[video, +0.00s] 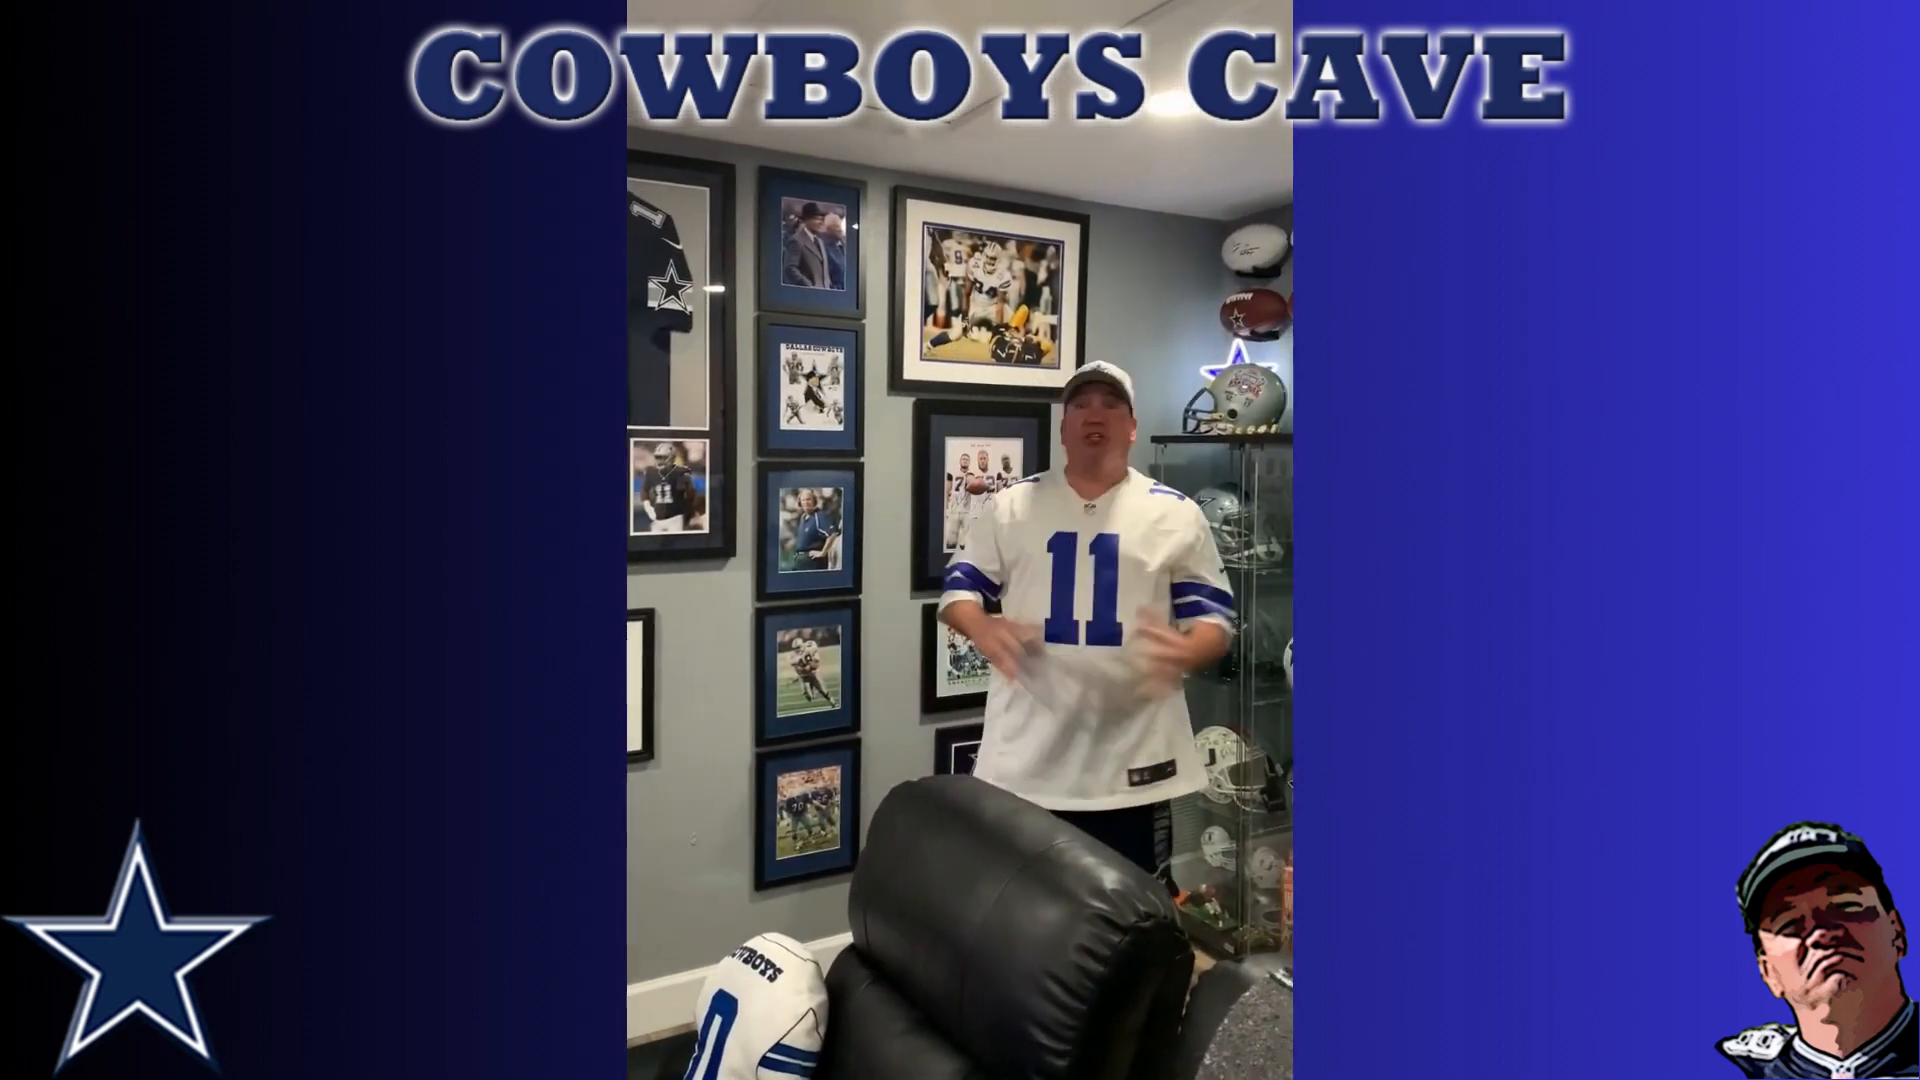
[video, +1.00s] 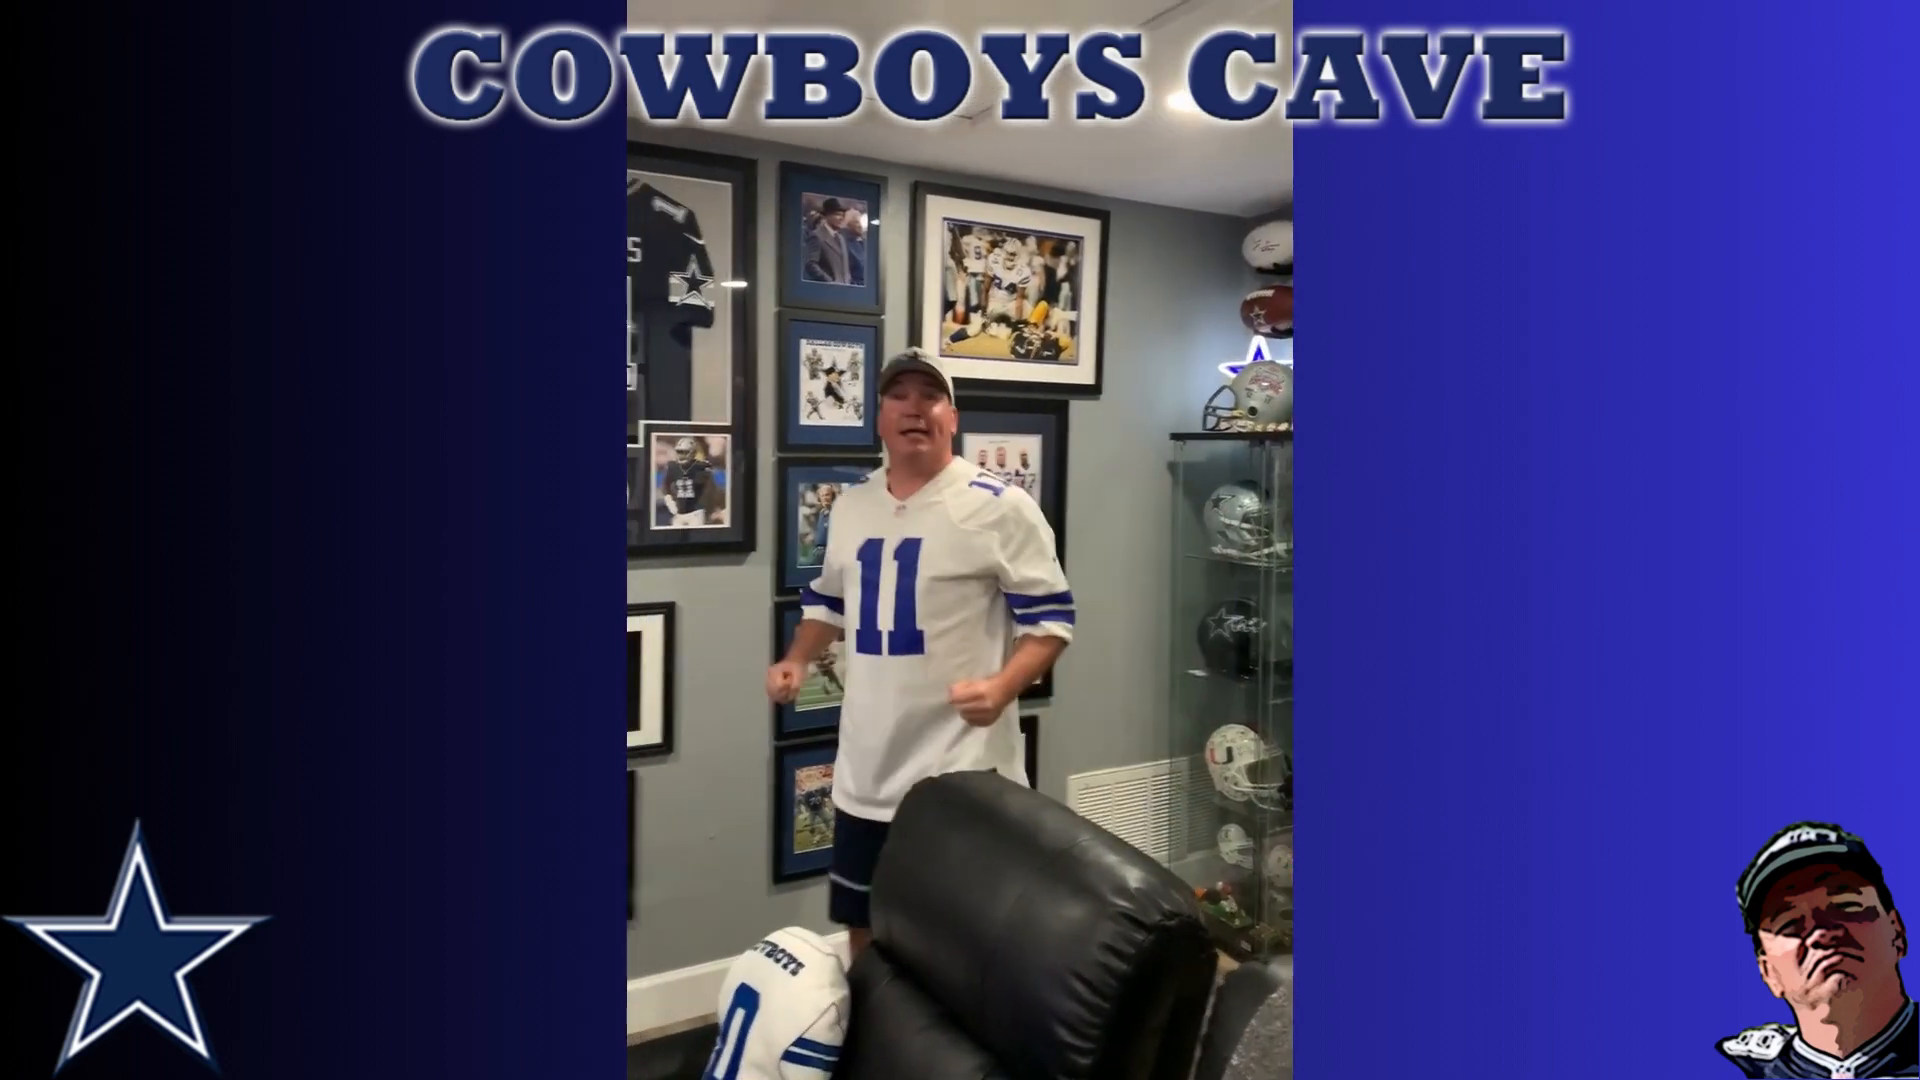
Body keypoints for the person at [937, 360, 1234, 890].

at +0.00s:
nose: (1095, 415)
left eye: (1110, 405)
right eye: (1081, 404)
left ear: (1132, 429)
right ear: (1062, 427)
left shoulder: (1175, 515)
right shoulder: (1007, 509)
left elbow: (1212, 619)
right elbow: (957, 595)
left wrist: (1187, 649)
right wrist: (979, 626)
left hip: (1131, 773)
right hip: (1023, 771)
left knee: (1131, 937)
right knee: (1024, 931)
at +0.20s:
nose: (1092, 413)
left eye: (1107, 405)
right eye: (1078, 405)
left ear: (1127, 431)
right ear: (1058, 430)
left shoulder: (1171, 516)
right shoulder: (1010, 513)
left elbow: (1215, 615)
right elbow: (963, 603)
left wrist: (1239, 673)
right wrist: (963, 659)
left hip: (1123, 785)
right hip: (1014, 782)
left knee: (1125, 950)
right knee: (1013, 943)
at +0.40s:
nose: (1062, 410)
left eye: (1079, 403)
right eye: (1048, 402)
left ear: (1100, 428)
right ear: (1029, 427)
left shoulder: (1146, 512)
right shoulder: (989, 514)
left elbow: (1196, 615)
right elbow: (959, 605)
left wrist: (1189, 673)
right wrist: (939, 659)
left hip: (1107, 785)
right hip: (998, 782)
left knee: (1115, 946)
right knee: (1001, 944)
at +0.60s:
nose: (1013, 417)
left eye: (1029, 406)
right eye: (1001, 407)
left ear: (1053, 431)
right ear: (984, 430)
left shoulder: (1101, 517)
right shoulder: (954, 518)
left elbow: (1155, 625)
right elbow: (935, 607)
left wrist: (1119, 691)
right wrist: (912, 661)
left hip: (1070, 785)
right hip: (965, 780)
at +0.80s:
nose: (954, 427)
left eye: (971, 415)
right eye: (939, 415)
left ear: (999, 438)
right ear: (922, 437)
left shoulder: (1044, 525)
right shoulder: (898, 521)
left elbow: (1095, 644)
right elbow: (883, 620)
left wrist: (1039, 709)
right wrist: (859, 677)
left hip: (1006, 792)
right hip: (898, 785)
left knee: (1003, 944)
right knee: (883, 940)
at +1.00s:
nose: (915, 411)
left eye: (931, 398)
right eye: (899, 397)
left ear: (953, 418)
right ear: (877, 417)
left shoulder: (1001, 509)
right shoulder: (851, 508)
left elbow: (1052, 621)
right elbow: (827, 605)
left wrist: (1004, 685)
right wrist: (797, 659)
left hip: (965, 784)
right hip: (867, 778)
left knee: (965, 942)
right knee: (864, 937)